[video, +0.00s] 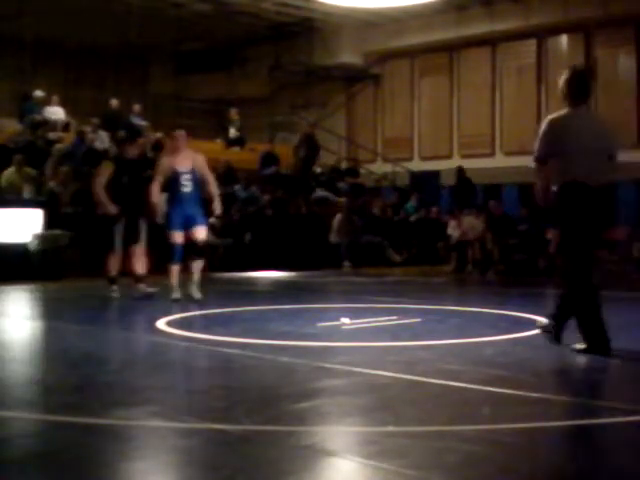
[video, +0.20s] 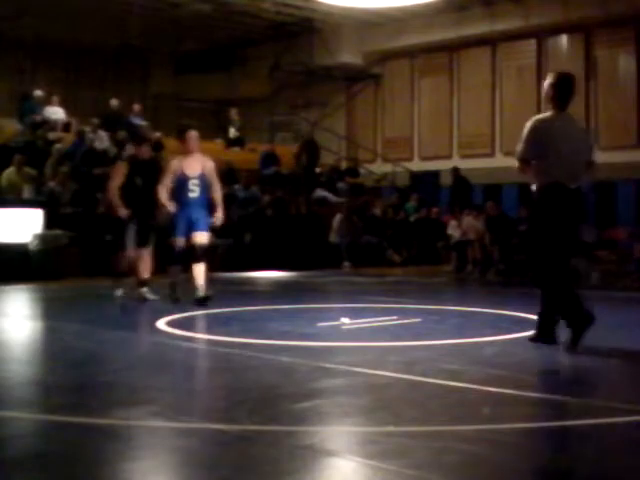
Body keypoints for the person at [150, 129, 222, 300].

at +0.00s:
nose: (179, 143)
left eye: (182, 139)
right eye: (176, 139)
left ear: (187, 140)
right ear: (171, 141)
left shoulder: (197, 158)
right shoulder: (166, 160)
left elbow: (209, 180)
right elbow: (157, 184)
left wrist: (216, 200)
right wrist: (157, 204)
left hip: (195, 205)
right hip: (175, 207)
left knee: (200, 242)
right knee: (177, 246)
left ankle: (195, 284)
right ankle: (175, 286)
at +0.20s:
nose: (193, 144)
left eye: (196, 140)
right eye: (190, 140)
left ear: (199, 142)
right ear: (184, 143)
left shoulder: (207, 163)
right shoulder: (176, 163)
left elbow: (215, 187)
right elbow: (163, 188)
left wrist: (219, 209)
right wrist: (169, 204)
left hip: (201, 210)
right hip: (182, 210)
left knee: (199, 249)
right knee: (179, 249)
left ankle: (201, 291)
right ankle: (175, 284)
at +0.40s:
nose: (209, 141)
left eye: (211, 137)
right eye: (206, 137)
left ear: (214, 139)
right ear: (199, 139)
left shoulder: (219, 160)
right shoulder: (188, 159)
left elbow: (227, 185)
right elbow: (177, 183)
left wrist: (231, 207)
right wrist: (178, 205)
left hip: (213, 210)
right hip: (193, 210)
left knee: (209, 250)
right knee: (189, 249)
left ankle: (202, 292)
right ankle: (178, 278)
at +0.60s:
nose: (224, 139)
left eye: (227, 136)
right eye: (222, 135)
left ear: (229, 137)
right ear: (214, 135)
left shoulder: (230, 155)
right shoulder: (200, 155)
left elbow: (238, 176)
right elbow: (184, 179)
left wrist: (246, 186)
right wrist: (183, 206)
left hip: (224, 203)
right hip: (206, 203)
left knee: (217, 245)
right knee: (213, 241)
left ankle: (204, 290)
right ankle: (201, 285)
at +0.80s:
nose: (239, 138)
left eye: (241, 134)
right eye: (235, 134)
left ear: (243, 136)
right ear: (227, 135)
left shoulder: (244, 159)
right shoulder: (215, 157)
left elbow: (256, 180)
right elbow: (198, 181)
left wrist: (267, 185)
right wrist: (198, 209)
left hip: (238, 206)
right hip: (221, 205)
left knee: (232, 247)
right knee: (233, 245)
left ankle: (209, 278)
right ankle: (238, 291)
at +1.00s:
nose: (255, 136)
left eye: (257, 133)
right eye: (252, 133)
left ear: (260, 135)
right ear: (244, 135)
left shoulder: (262, 155)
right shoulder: (232, 155)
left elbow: (271, 181)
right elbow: (220, 182)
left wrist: (279, 204)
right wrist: (225, 208)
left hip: (258, 203)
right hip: (241, 204)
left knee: (262, 245)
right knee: (248, 245)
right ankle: (243, 294)